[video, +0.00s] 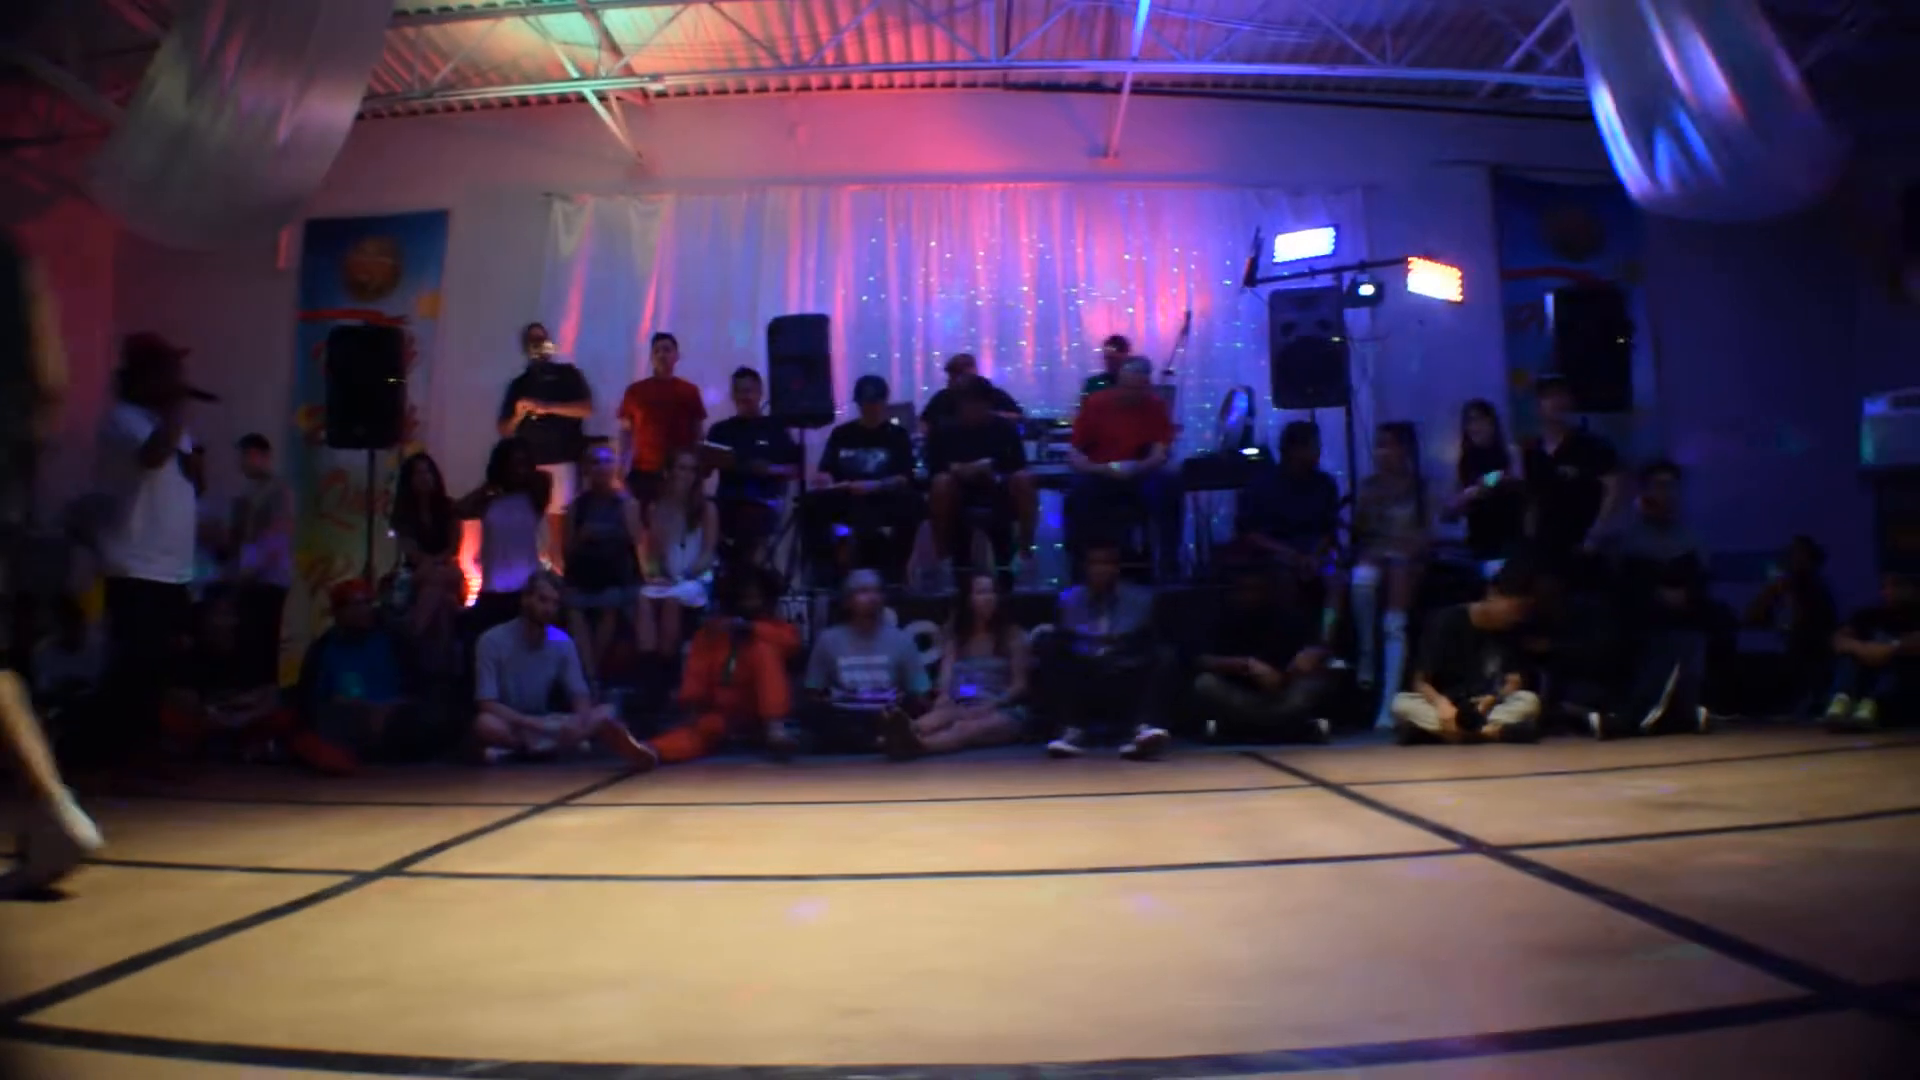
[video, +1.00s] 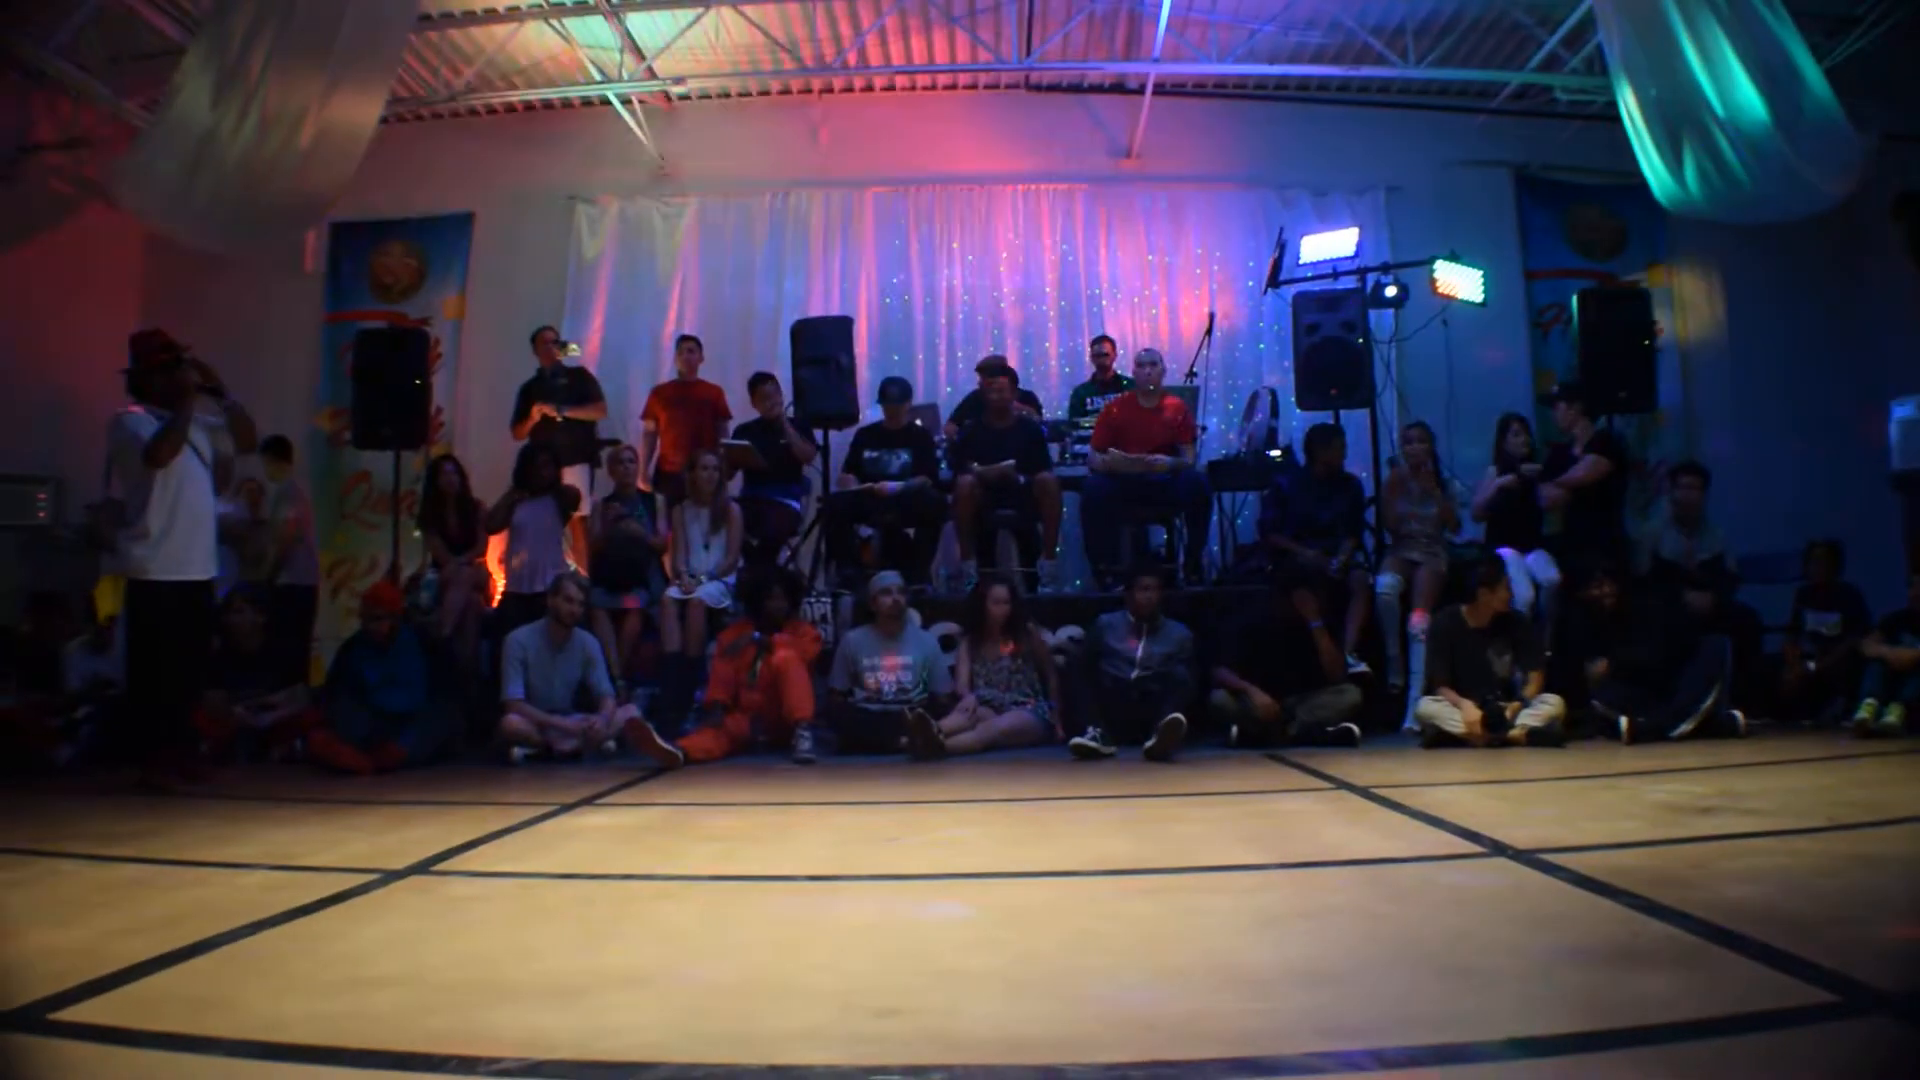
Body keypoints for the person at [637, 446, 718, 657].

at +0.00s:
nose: (683, 475)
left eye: (689, 470)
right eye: (679, 468)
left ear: (696, 476)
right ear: (668, 473)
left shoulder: (706, 508)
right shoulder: (656, 507)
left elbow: (708, 551)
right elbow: (652, 544)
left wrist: (689, 574)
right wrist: (655, 572)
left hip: (694, 578)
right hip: (664, 577)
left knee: (671, 601)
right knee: (645, 597)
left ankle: (668, 660)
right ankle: (647, 658)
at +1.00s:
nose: (709, 475)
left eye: (714, 469)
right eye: (703, 469)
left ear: (721, 475)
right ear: (692, 474)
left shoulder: (730, 510)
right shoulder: (681, 511)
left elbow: (732, 557)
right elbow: (677, 553)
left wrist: (709, 578)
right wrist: (682, 576)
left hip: (719, 576)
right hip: (689, 576)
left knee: (697, 602)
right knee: (668, 600)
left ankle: (692, 672)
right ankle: (670, 670)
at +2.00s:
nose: (702, 479)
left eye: (707, 473)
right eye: (696, 473)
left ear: (713, 479)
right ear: (683, 479)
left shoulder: (723, 513)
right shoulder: (673, 517)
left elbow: (725, 561)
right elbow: (671, 558)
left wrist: (699, 582)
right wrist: (676, 580)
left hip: (712, 580)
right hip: (682, 581)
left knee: (690, 606)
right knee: (662, 603)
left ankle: (685, 679)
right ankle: (664, 677)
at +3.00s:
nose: (700, 478)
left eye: (705, 473)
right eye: (694, 473)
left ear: (711, 479)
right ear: (682, 478)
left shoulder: (720, 513)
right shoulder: (671, 516)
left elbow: (723, 560)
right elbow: (668, 556)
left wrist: (697, 582)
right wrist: (673, 580)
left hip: (709, 581)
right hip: (678, 580)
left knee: (688, 606)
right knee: (659, 603)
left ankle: (682, 679)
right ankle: (662, 676)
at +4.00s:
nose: (700, 477)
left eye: (705, 472)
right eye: (694, 472)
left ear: (712, 478)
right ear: (682, 478)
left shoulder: (722, 514)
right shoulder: (671, 516)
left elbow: (724, 560)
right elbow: (669, 557)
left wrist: (698, 582)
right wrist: (673, 581)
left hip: (709, 581)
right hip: (678, 581)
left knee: (688, 608)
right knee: (659, 605)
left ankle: (682, 684)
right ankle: (662, 683)